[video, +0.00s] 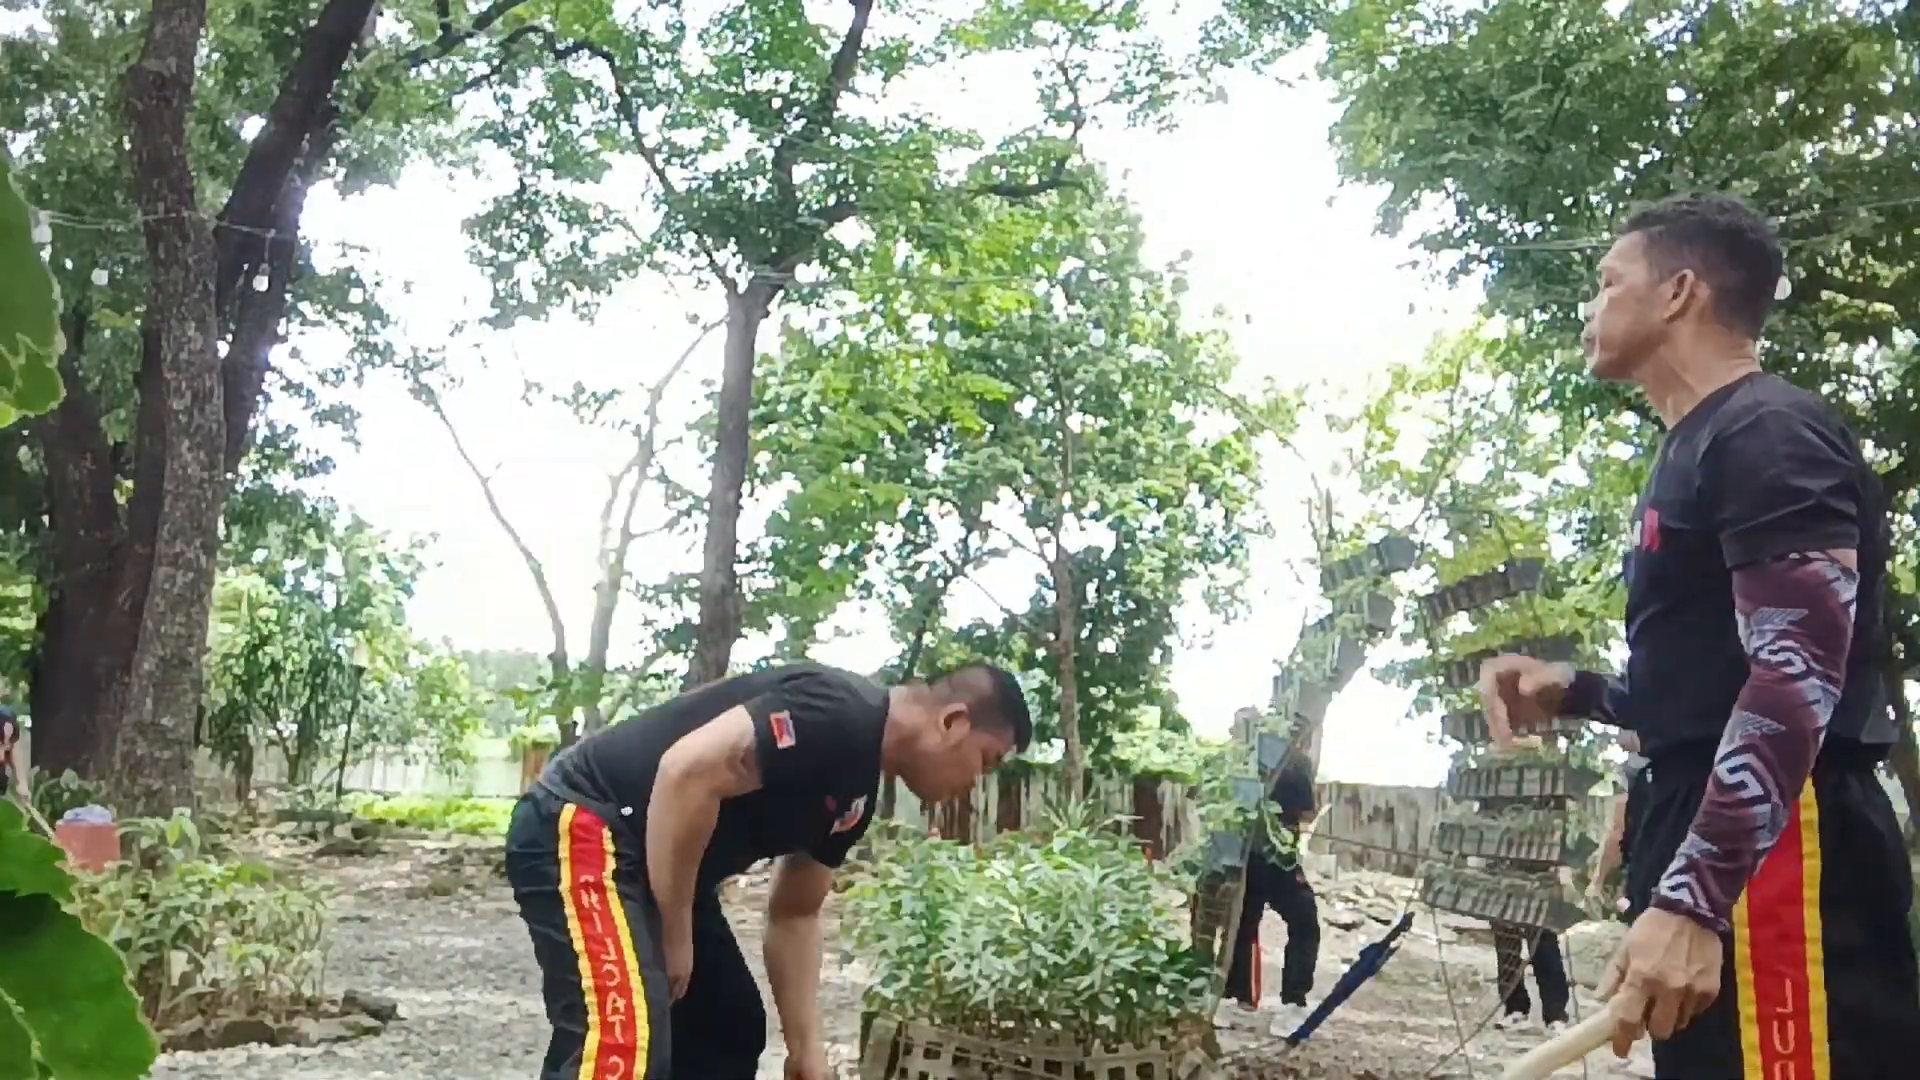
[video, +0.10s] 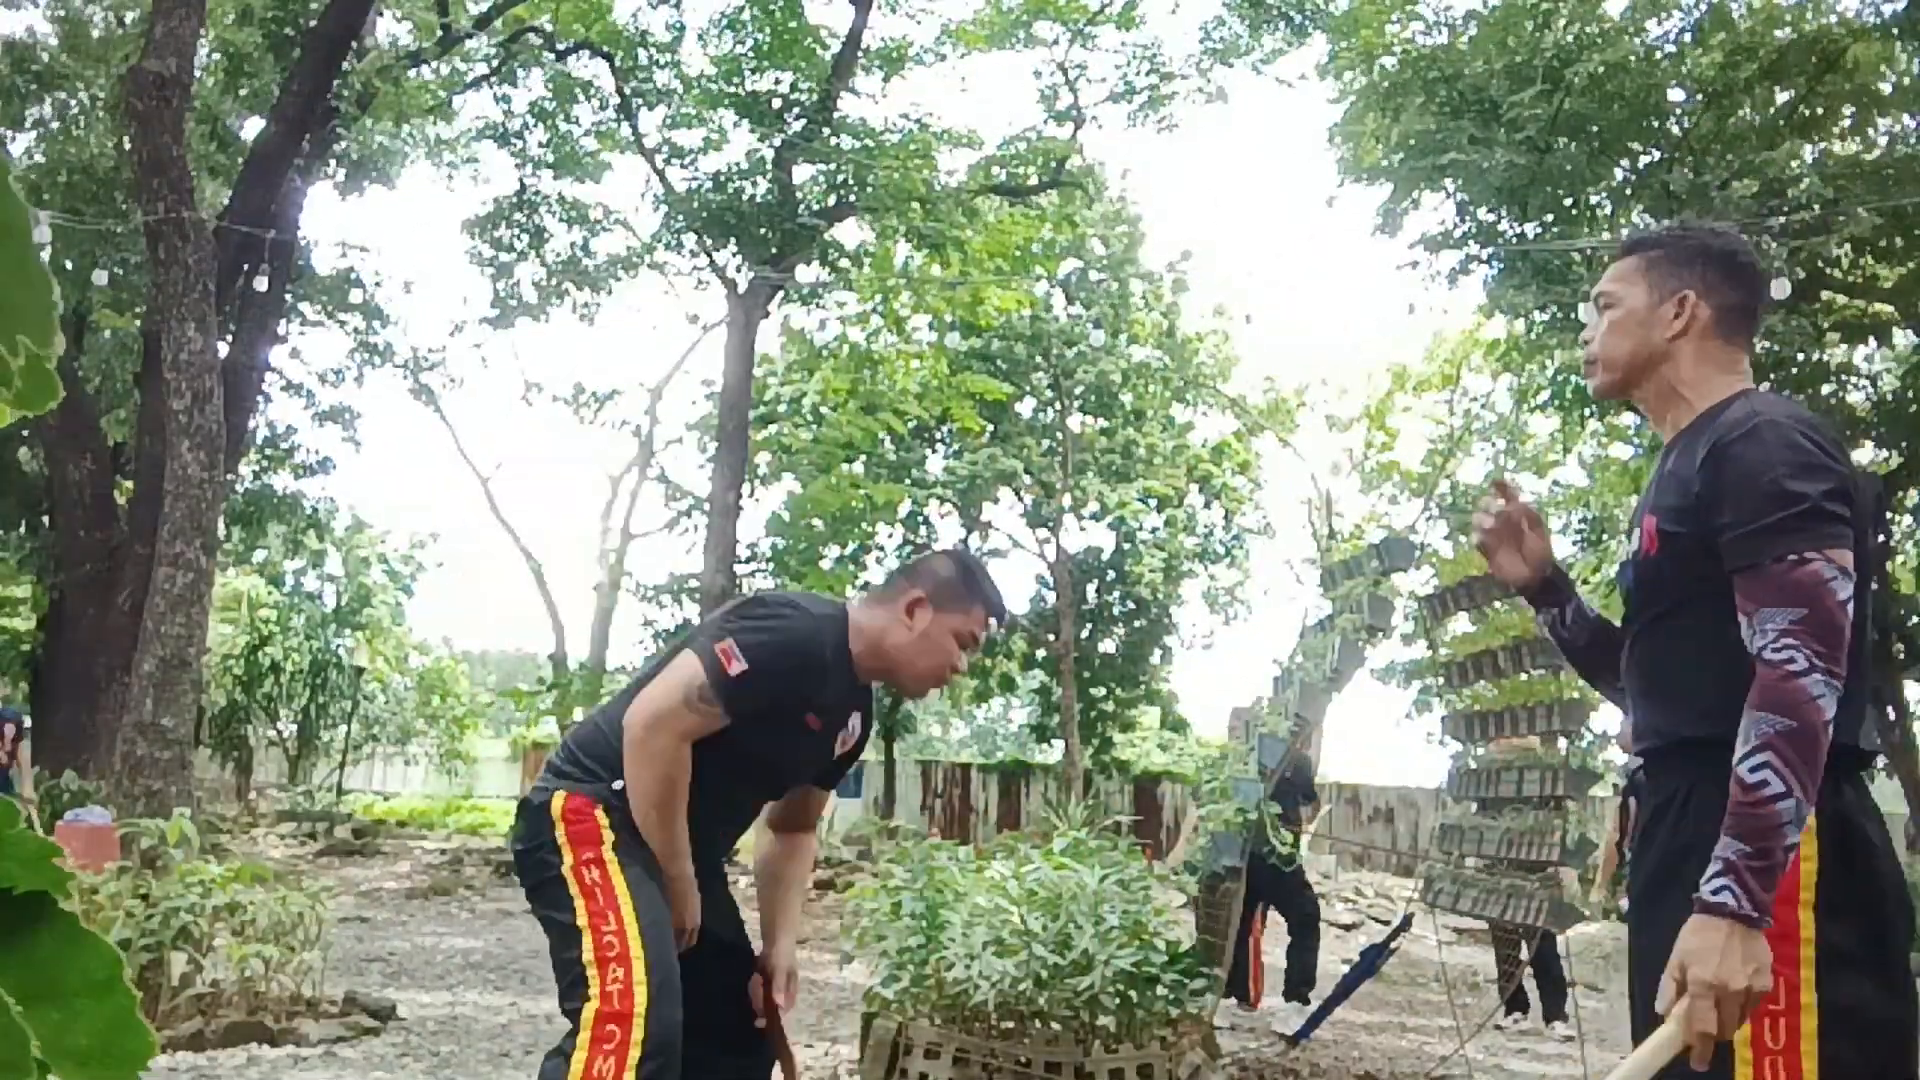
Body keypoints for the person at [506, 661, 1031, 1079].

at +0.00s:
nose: (973, 786)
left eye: (988, 773)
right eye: (985, 764)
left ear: (949, 722)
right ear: (953, 721)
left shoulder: (854, 795)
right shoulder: (844, 716)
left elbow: (795, 914)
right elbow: (688, 772)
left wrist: (806, 1050)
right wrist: (676, 929)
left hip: (665, 853)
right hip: (584, 822)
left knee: (728, 1025)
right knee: (621, 1037)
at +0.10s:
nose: (960, 669)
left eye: (970, 653)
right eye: (962, 643)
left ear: (918, 612)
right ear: (915, 608)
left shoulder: (851, 715)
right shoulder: (798, 633)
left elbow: (793, 827)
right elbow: (653, 724)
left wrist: (779, 943)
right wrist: (678, 881)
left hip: (682, 846)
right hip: (589, 808)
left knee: (739, 1032)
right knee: (632, 1022)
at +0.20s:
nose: (920, 587)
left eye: (929, 573)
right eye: (915, 562)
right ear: (858, 536)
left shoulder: (829, 660)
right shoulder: (739, 590)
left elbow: (780, 776)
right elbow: (618, 710)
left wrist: (767, 876)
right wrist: (689, 858)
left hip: (695, 853)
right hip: (594, 825)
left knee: (749, 1051)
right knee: (633, 1037)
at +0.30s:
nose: (861, 505)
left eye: (867, 489)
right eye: (853, 478)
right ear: (788, 459)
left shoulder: (770, 582)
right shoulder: (679, 543)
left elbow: (716, 729)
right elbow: (589, 689)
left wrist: (731, 847)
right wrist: (702, 823)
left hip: (670, 840)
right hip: (590, 825)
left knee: (706, 1057)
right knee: (617, 1055)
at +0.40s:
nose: (818, 432)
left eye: (824, 415)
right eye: (807, 405)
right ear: (738, 390)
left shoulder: (718, 508)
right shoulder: (662, 472)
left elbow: (666, 674)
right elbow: (586, 627)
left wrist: (712, 803)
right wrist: (710, 765)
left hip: (634, 808)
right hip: (578, 800)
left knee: (641, 1052)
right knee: (588, 1057)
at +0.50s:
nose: (793, 394)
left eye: (798, 378)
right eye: (780, 368)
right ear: (709, 353)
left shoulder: (696, 472)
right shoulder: (648, 437)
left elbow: (654, 638)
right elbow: (594, 592)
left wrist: (699, 746)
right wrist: (728, 721)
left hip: (622, 792)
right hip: (571, 786)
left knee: (628, 1051)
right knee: (569, 1054)